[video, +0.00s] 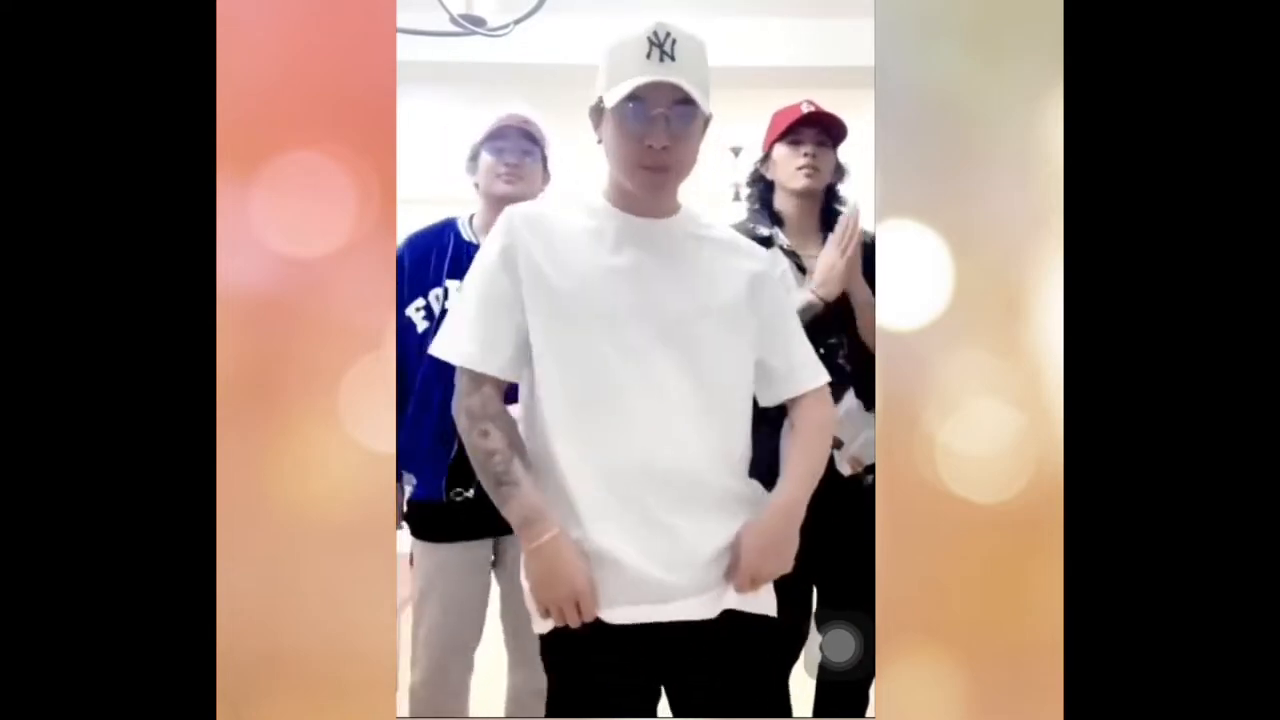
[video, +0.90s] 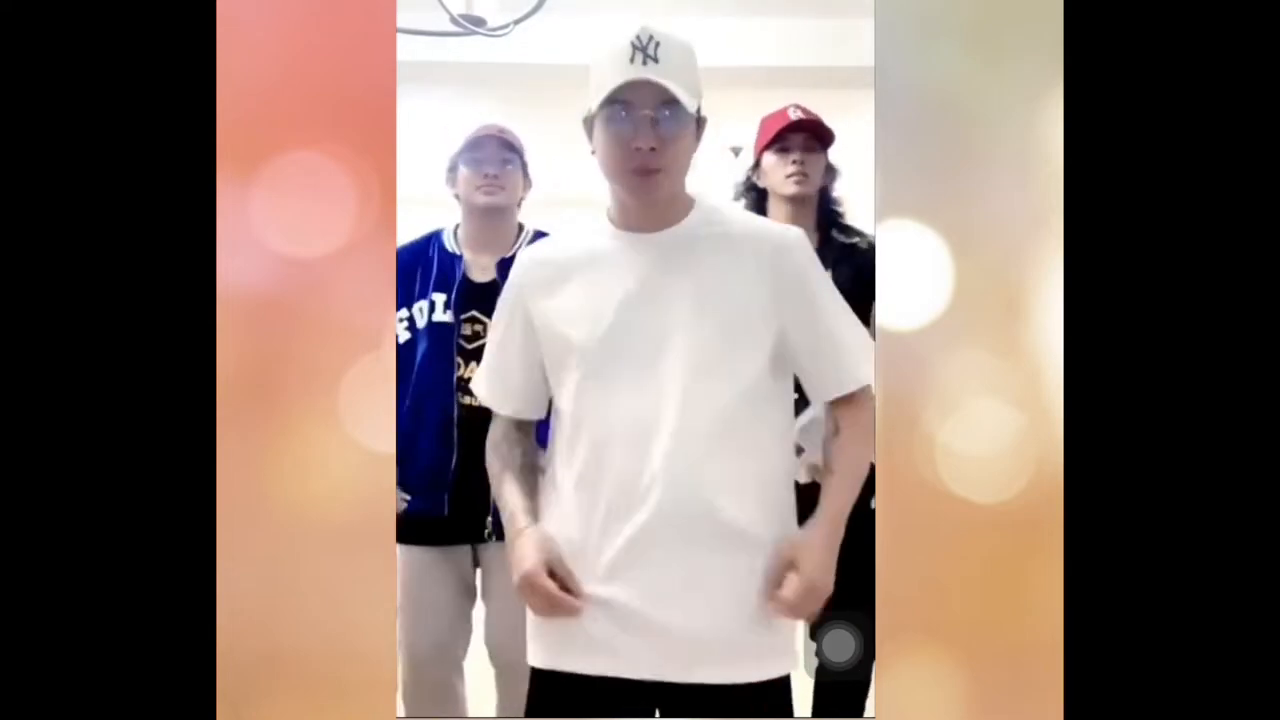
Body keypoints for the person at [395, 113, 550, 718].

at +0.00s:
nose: (511, 160)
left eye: (527, 153)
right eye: (498, 150)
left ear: (545, 179)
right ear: (473, 168)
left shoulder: (559, 260)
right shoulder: (420, 254)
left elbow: (581, 380)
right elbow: (386, 376)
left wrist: (574, 488)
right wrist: (388, 491)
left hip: (538, 498)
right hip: (447, 498)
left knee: (541, 670)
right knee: (439, 673)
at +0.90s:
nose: (491, 170)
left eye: (506, 161)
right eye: (477, 161)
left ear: (527, 183)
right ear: (452, 181)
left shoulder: (554, 264)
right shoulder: (404, 266)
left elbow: (579, 381)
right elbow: (369, 380)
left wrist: (565, 482)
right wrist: (378, 481)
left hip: (523, 503)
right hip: (426, 505)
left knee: (520, 661)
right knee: (427, 667)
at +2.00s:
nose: (462, 174)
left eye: (477, 161)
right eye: (448, 163)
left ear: (504, 178)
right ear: (429, 181)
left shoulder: (537, 265)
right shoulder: (398, 267)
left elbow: (570, 376)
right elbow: (370, 377)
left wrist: (568, 480)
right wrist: (380, 481)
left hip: (521, 502)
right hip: (428, 504)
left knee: (521, 675)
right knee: (428, 674)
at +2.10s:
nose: (460, 177)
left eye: (475, 167)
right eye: (445, 166)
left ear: (500, 189)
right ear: (424, 185)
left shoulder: (537, 276)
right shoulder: (395, 276)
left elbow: (567, 387)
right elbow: (366, 384)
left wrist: (567, 490)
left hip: (523, 513)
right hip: (428, 513)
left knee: (521, 684)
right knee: (426, 683)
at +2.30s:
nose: (548, 169)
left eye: (556, 156)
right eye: (531, 153)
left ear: (564, 166)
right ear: (489, 160)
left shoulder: (562, 252)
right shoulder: (417, 235)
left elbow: (577, 372)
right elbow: (362, 335)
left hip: (520, 497)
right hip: (424, 495)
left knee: (519, 666)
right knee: (432, 663)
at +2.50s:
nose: (513, 160)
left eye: (527, 149)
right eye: (496, 149)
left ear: (548, 171)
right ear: (471, 167)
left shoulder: (570, 257)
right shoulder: (422, 248)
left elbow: (590, 379)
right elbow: (376, 356)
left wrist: (582, 483)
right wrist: (383, 469)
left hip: (528, 503)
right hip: (428, 498)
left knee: (520, 676)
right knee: (427, 671)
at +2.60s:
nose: (492, 161)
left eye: (505, 149)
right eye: (476, 149)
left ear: (527, 164)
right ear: (452, 167)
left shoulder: (564, 246)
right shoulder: (412, 254)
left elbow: (587, 367)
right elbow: (383, 371)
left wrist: (586, 471)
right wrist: (386, 471)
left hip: (532, 495)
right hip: (433, 496)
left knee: (525, 665)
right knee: (431, 662)